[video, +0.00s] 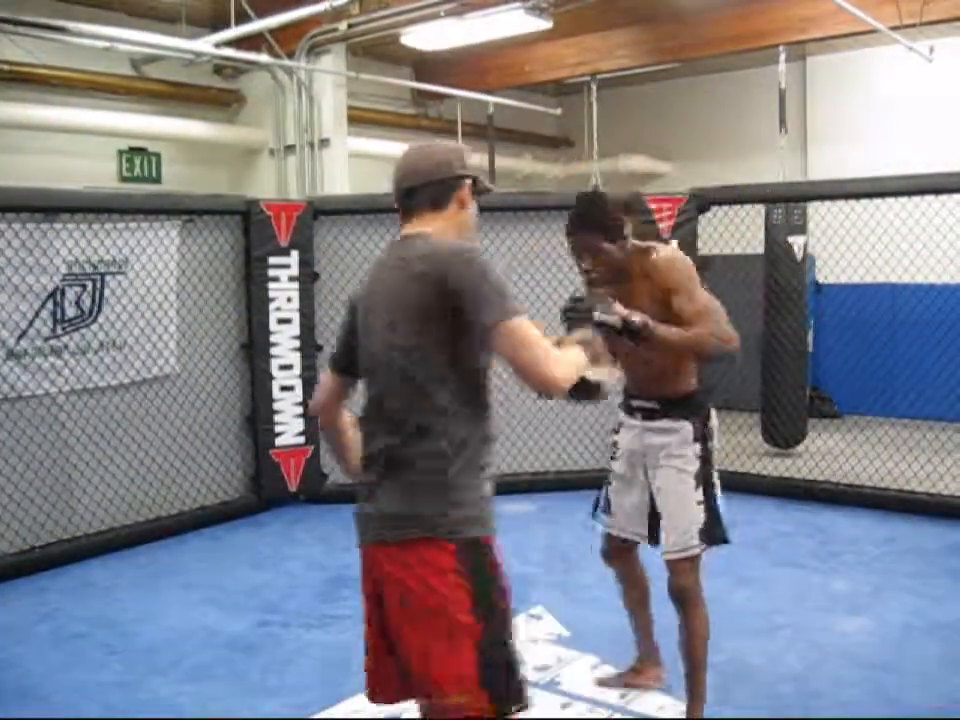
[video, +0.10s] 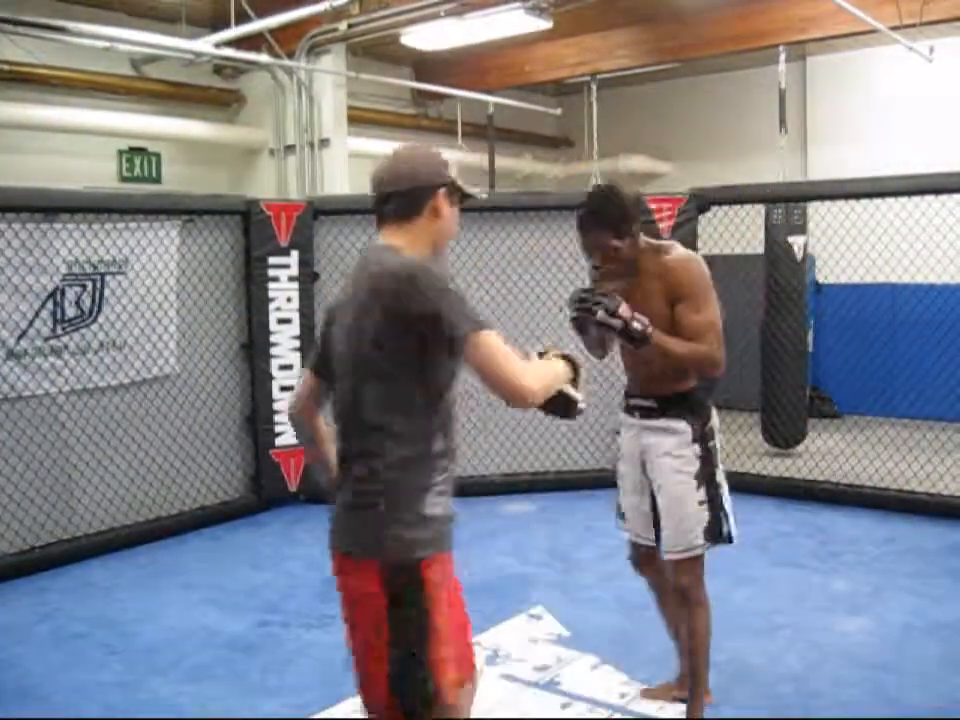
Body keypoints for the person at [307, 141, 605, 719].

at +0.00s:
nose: (475, 214)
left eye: (473, 201)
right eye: (474, 200)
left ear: (404, 205)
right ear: (460, 197)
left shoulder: (375, 281)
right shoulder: (459, 265)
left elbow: (326, 404)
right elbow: (550, 376)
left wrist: (364, 470)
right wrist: (576, 348)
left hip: (385, 533)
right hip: (446, 536)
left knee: (423, 698)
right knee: (471, 703)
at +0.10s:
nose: (458, 218)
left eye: (457, 203)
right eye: (454, 203)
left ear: (387, 207)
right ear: (435, 204)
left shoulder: (354, 289)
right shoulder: (421, 283)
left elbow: (304, 406)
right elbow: (521, 388)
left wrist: (340, 471)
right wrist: (556, 366)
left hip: (366, 534)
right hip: (404, 541)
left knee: (452, 685)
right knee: (435, 701)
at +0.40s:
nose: (412, 248)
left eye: (412, 233)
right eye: (407, 232)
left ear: (371, 234)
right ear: (377, 233)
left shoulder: (346, 312)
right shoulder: (307, 315)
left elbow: (348, 434)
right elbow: (371, 426)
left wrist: (417, 431)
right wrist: (471, 398)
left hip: (352, 538)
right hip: (296, 558)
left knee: (439, 642)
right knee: (308, 708)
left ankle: (407, 716)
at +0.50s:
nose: (410, 240)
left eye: (410, 226)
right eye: (403, 223)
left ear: (369, 225)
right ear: (371, 223)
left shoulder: (368, 306)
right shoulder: (289, 301)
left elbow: (371, 396)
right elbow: (321, 401)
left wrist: (426, 412)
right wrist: (443, 380)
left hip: (358, 527)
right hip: (292, 540)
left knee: (405, 663)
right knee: (290, 700)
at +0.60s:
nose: (409, 242)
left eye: (411, 229)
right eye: (406, 227)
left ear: (371, 223)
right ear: (371, 220)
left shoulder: (377, 301)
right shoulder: (282, 285)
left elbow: (414, 379)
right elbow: (293, 367)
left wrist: (462, 442)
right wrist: (405, 337)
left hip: (354, 512)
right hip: (288, 518)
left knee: (390, 663)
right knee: (289, 694)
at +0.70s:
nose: (412, 240)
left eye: (414, 227)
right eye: (408, 224)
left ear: (376, 220)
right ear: (377, 218)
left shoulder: (377, 300)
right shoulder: (284, 279)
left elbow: (394, 386)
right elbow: (303, 347)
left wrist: (438, 450)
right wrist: (397, 278)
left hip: (345, 504)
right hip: (282, 508)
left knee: (383, 650)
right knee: (292, 692)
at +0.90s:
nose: (392, 249)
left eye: (394, 235)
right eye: (389, 233)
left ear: (348, 227)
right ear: (360, 226)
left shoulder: (312, 291)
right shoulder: (320, 294)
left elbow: (292, 408)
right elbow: (407, 394)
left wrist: (359, 445)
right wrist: (462, 317)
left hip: (321, 514)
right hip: (274, 520)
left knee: (370, 642)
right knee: (243, 690)